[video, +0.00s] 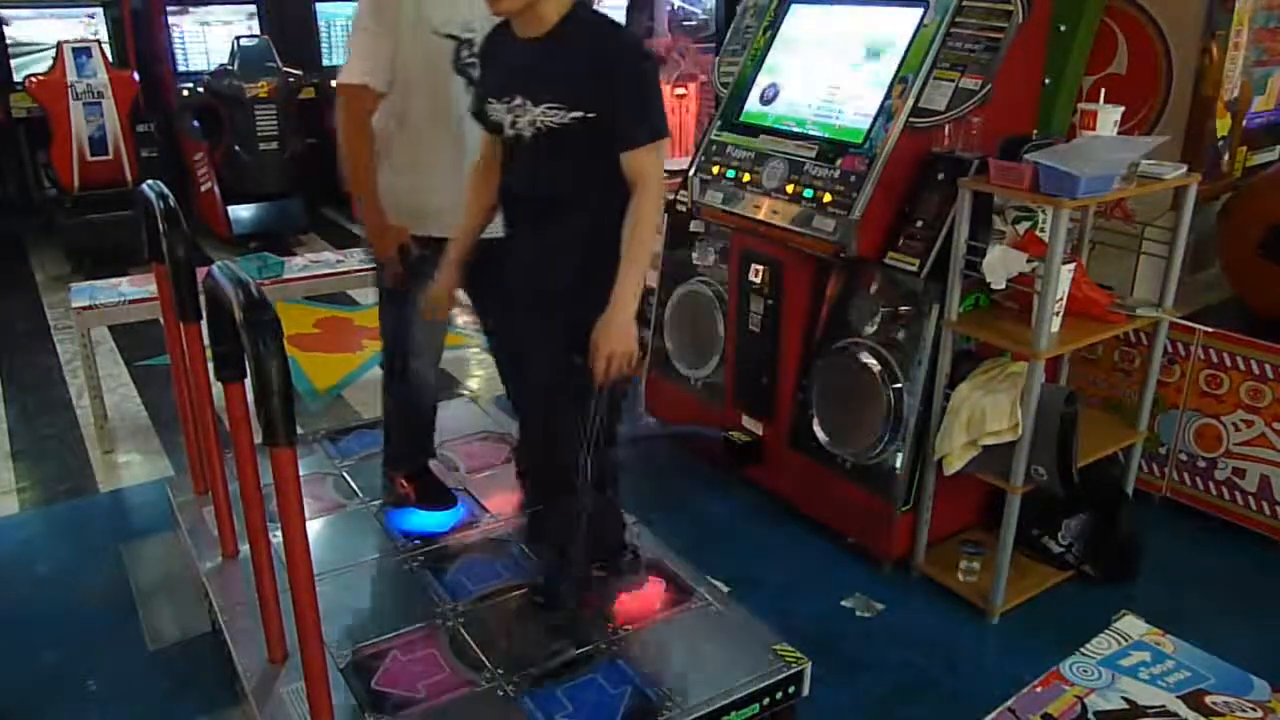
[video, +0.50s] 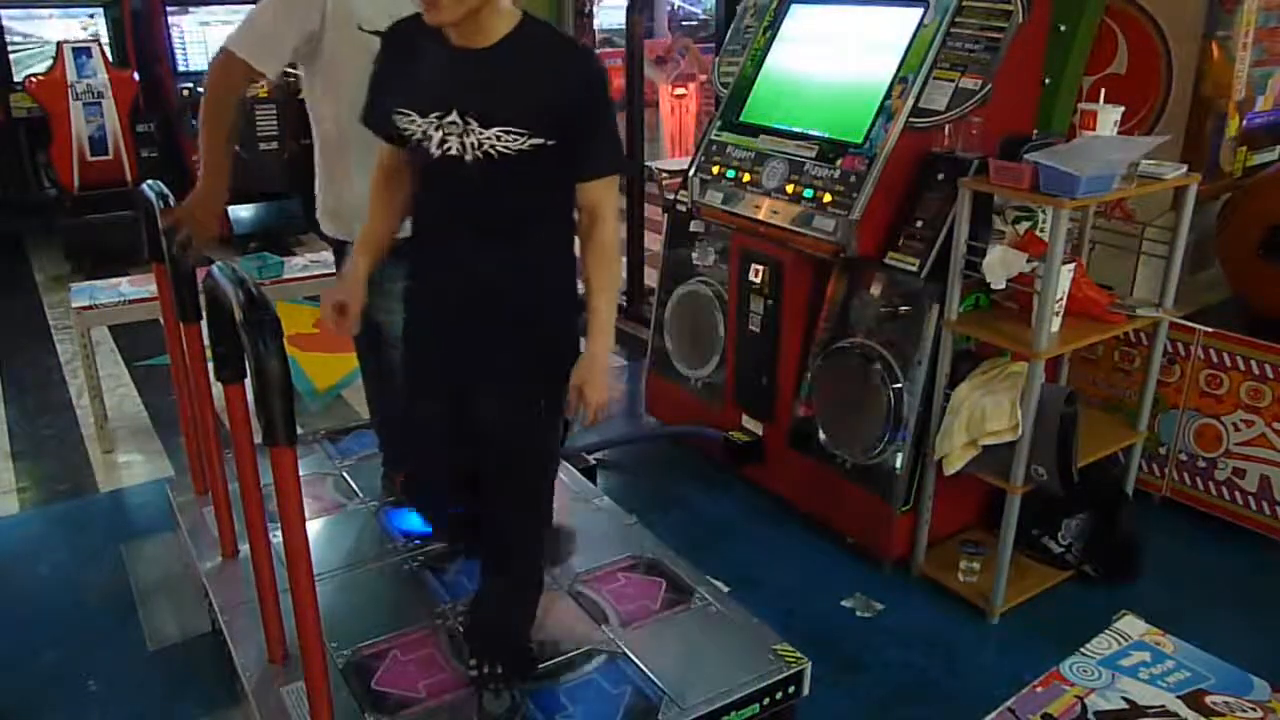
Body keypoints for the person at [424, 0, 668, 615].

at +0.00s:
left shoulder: (615, 53)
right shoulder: (499, 48)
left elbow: (649, 189)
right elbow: (490, 165)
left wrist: (623, 311)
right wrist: (453, 265)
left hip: (594, 284)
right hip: (524, 277)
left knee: (564, 452)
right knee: (553, 431)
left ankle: (566, 600)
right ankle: (604, 548)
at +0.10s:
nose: (474, 0)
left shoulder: (603, 53)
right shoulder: (480, 44)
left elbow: (638, 190)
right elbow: (468, 163)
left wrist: (624, 314)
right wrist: (425, 266)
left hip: (583, 285)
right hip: (504, 279)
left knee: (546, 457)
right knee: (554, 425)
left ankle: (520, 623)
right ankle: (600, 542)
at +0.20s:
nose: (462, 4)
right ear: (464, 0)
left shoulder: (596, 62)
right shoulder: (463, 47)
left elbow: (626, 204)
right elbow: (448, 171)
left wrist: (625, 325)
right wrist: (407, 270)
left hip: (571, 296)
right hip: (489, 292)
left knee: (529, 470)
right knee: (535, 431)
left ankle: (505, 641)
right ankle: (596, 540)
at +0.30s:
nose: (449, 2)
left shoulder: (588, 72)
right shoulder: (443, 50)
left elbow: (615, 213)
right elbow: (433, 174)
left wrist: (623, 338)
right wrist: (391, 281)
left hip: (552, 315)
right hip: (470, 309)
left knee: (523, 479)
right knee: (489, 444)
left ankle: (504, 647)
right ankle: (585, 532)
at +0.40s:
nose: (436, 0)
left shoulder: (576, 70)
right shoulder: (423, 49)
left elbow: (606, 214)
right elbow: (418, 166)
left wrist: (613, 344)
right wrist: (380, 277)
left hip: (539, 321)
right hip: (452, 313)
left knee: (514, 502)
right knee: (460, 458)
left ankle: (499, 654)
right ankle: (557, 529)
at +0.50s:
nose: (425, 4)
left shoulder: (570, 70)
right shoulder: (408, 45)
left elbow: (599, 216)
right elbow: (395, 166)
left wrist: (600, 346)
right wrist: (357, 267)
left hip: (531, 325)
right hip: (436, 319)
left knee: (514, 505)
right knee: (436, 481)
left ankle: (501, 661)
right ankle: (529, 541)